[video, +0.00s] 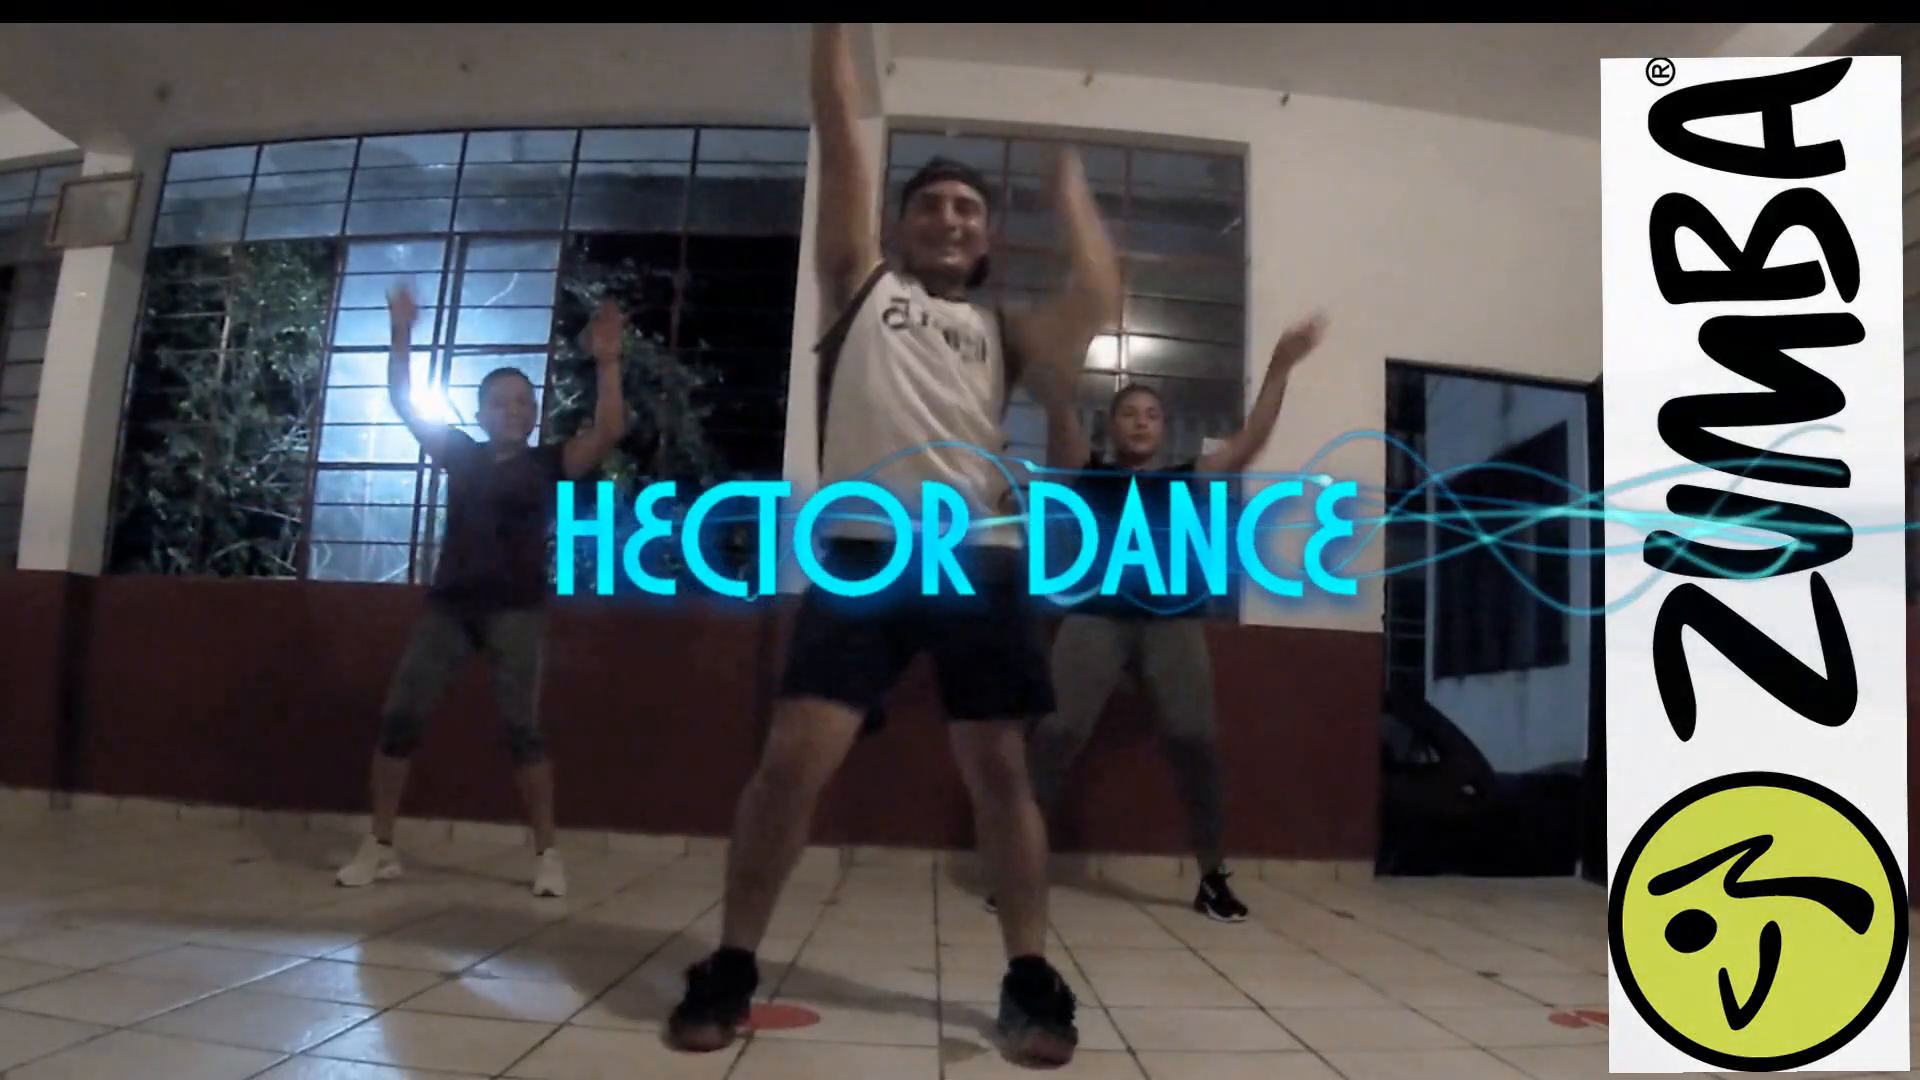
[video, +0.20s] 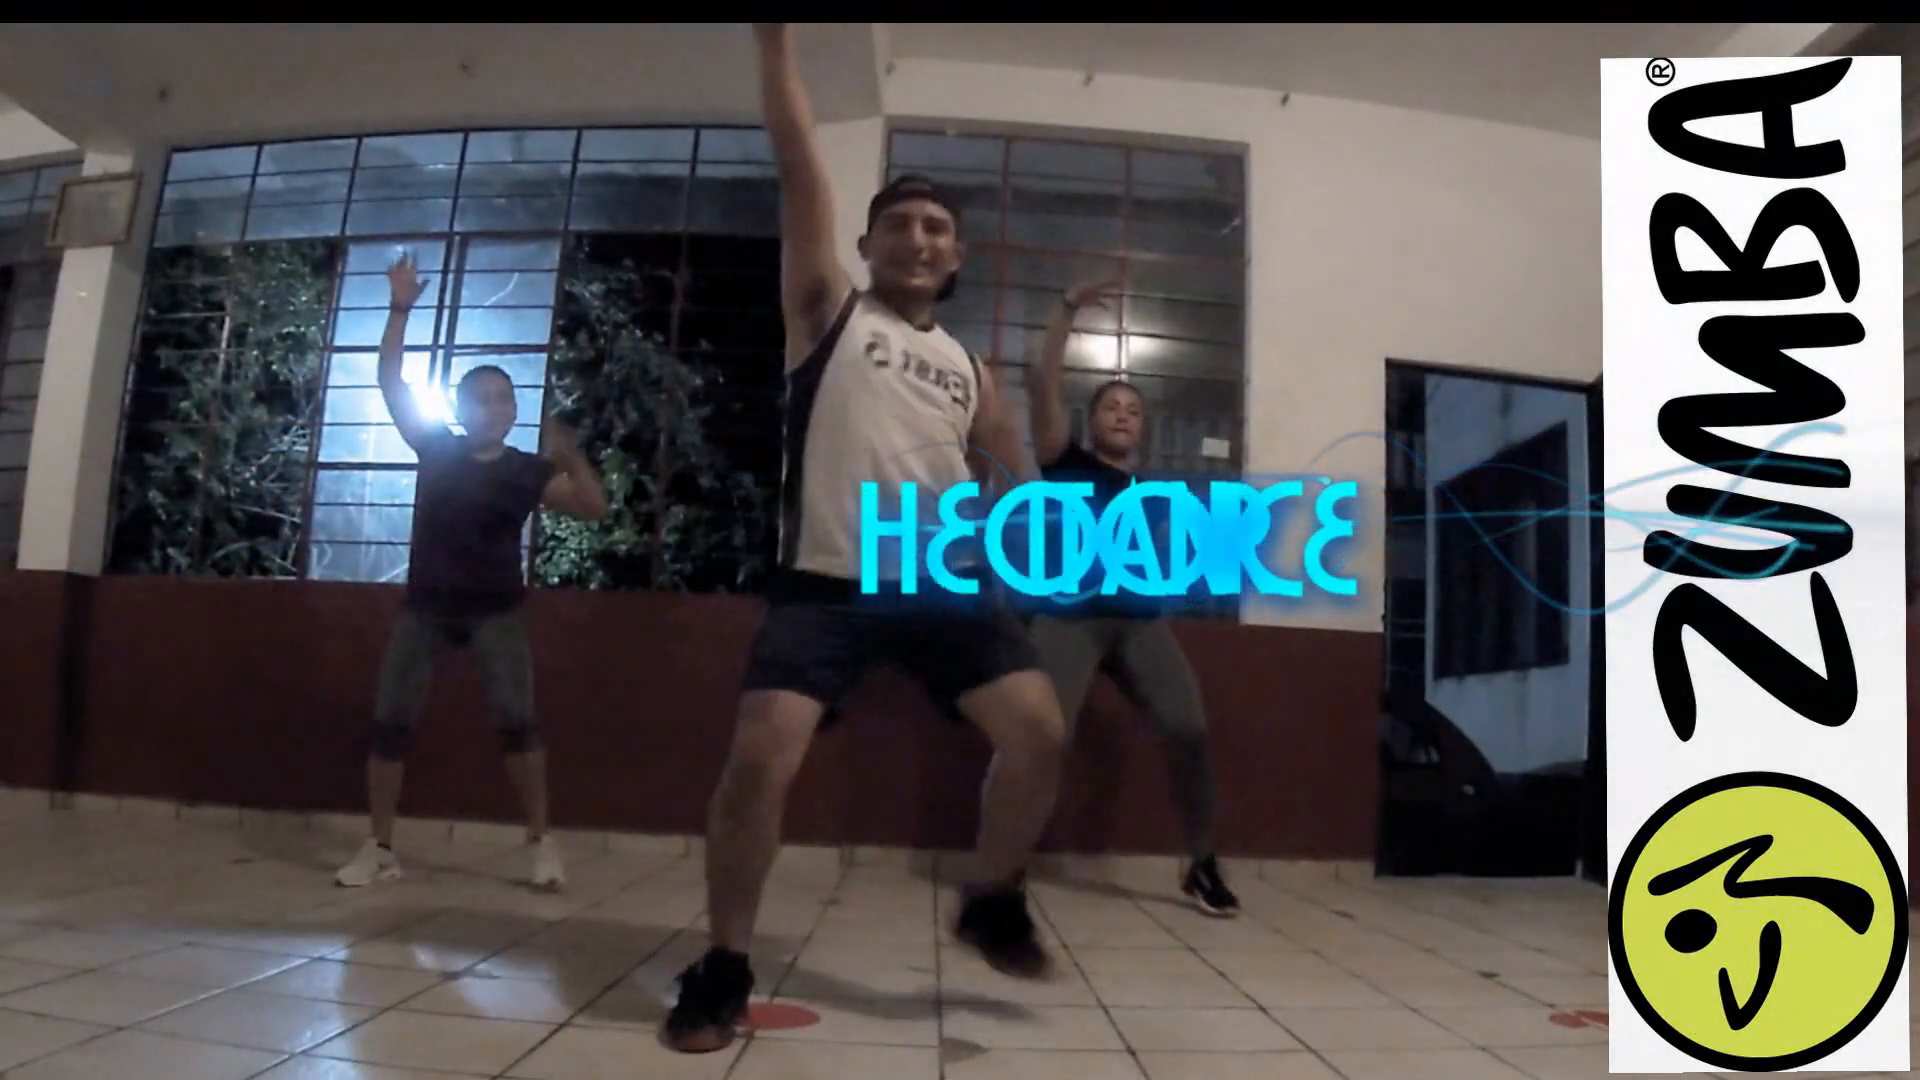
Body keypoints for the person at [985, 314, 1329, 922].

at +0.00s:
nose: (1140, 422)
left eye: (1150, 415)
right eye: (1130, 414)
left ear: (1166, 428)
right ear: (1110, 425)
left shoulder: (1189, 478)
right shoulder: (1087, 476)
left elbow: (1249, 439)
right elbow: (1060, 413)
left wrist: (1280, 366)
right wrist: (1061, 352)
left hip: (1174, 621)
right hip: (1097, 618)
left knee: (1194, 737)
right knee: (1059, 730)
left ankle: (1212, 874)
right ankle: (1018, 864)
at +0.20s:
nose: (1122, 417)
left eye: (1132, 410)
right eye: (1111, 409)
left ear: (1143, 426)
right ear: (1090, 419)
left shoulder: (1152, 488)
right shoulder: (1063, 467)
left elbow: (1178, 553)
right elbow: (1045, 381)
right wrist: (1068, 310)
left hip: (1141, 619)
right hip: (1068, 617)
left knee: (1187, 725)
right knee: (1041, 734)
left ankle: (1202, 860)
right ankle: (1005, 871)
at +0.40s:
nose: (1120, 420)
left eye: (1128, 414)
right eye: (1109, 412)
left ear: (1141, 427)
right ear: (1088, 424)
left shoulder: (1155, 492)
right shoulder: (1065, 476)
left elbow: (1177, 554)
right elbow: (1036, 403)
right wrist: (1061, 327)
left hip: (1145, 623)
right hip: (1077, 621)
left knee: (1172, 730)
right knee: (1055, 734)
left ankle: (1159, 837)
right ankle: (1012, 860)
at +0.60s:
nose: (1137, 433)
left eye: (1144, 425)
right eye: (1125, 427)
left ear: (1156, 435)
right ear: (1108, 439)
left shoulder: (1179, 501)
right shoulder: (1098, 489)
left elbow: (1186, 574)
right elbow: (1043, 495)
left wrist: (1195, 639)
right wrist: (1069, 432)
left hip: (1165, 642)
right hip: (1102, 637)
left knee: (1164, 752)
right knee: (1071, 750)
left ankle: (1143, 860)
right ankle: (1020, 863)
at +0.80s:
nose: (1142, 426)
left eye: (1150, 418)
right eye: (1131, 418)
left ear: (1164, 430)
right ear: (1112, 431)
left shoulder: (1188, 489)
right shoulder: (1094, 490)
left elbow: (1220, 556)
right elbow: (1066, 560)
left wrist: (1235, 622)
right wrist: (1045, 588)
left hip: (1162, 630)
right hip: (1095, 625)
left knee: (1158, 741)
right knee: (1069, 734)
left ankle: (1142, 855)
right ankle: (1051, 850)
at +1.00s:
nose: (1132, 431)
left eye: (1141, 424)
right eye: (1122, 424)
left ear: (1154, 438)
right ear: (1105, 437)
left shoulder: (1174, 499)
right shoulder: (1081, 496)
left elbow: (1196, 571)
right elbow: (1049, 569)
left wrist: (1189, 602)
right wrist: (1057, 634)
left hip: (1159, 641)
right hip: (1092, 640)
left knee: (1164, 749)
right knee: (1082, 746)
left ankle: (1149, 852)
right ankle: (1071, 854)